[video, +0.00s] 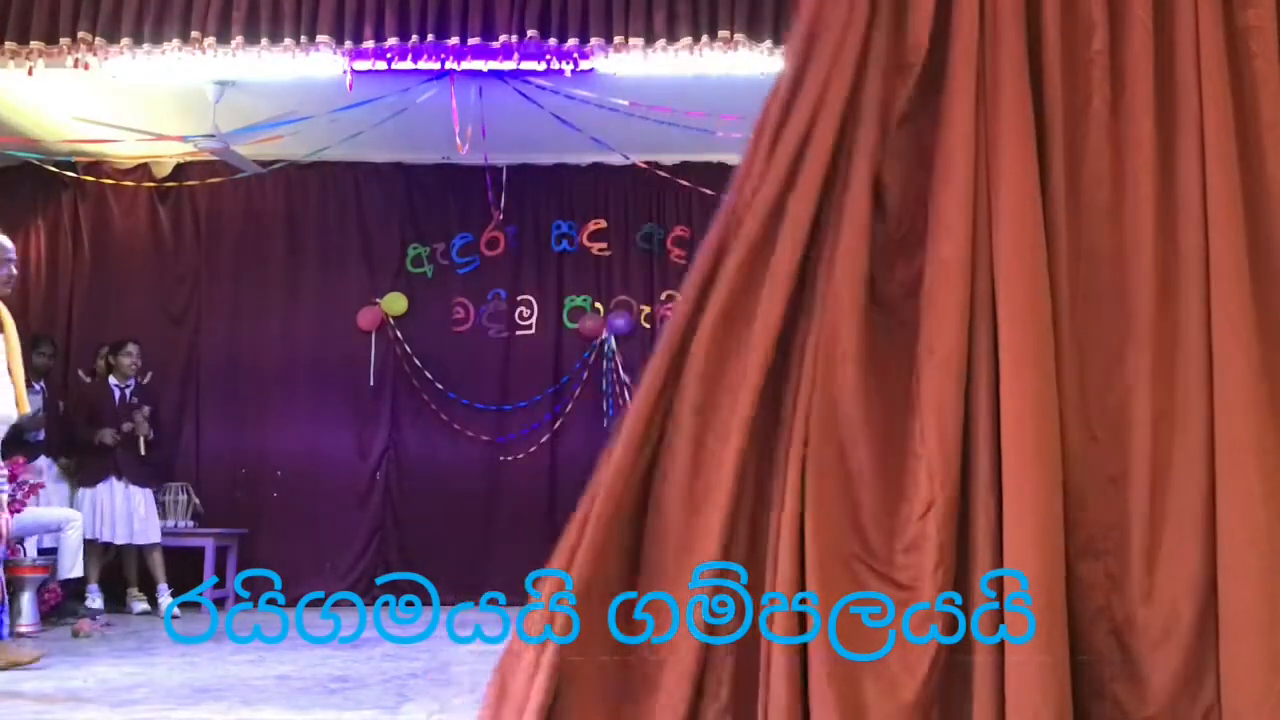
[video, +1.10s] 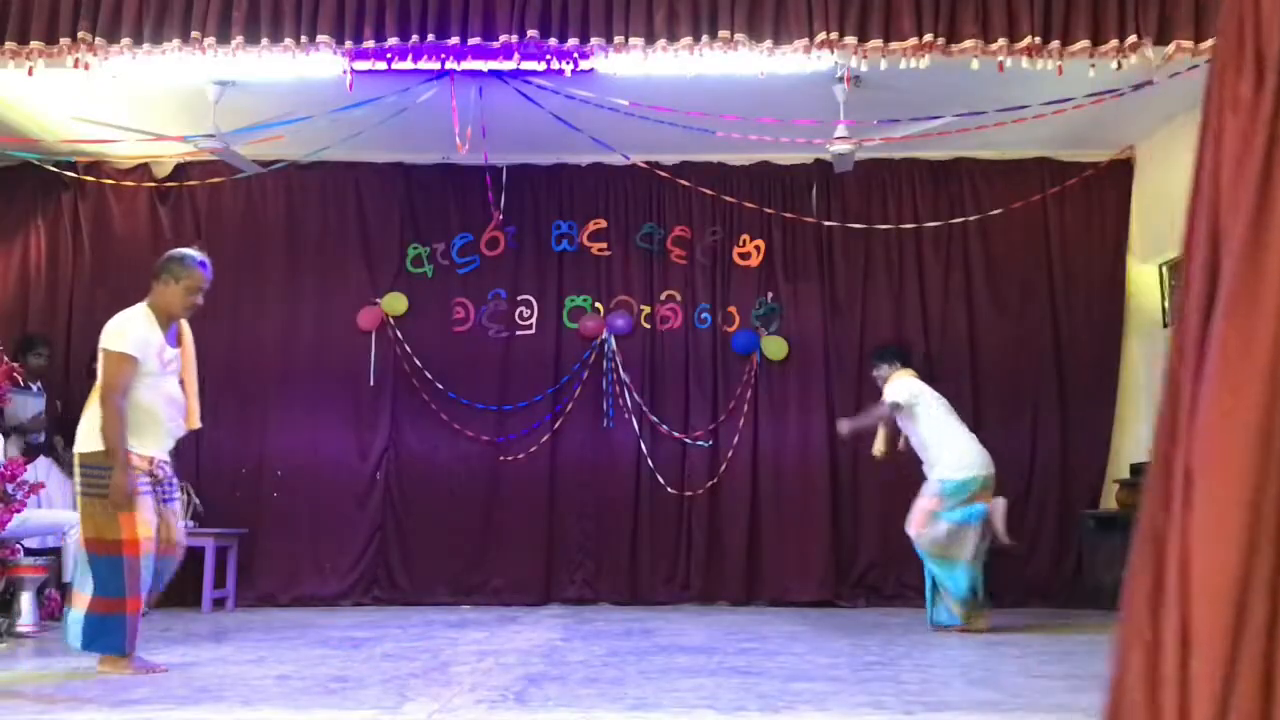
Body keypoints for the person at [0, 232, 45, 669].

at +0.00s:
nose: (10, 270)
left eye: (13, 263)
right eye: (5, 262)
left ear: (19, 268)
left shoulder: (9, 321)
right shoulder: (6, 322)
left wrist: (25, 424)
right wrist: (23, 425)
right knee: (67, 519)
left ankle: (13, 634)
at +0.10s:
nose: (27, 273)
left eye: (29, 265)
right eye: (19, 264)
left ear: (27, 268)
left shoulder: (18, 315)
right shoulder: (8, 317)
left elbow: (31, 369)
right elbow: (28, 370)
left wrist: (41, 417)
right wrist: (38, 415)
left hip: (17, 450)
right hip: (4, 451)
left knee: (13, 540)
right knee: (9, 540)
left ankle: (8, 637)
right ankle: (6, 639)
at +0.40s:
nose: (73, 282)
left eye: (74, 275)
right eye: (65, 273)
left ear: (61, 278)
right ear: (34, 273)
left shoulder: (57, 324)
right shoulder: (8, 320)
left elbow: (68, 395)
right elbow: (1, 381)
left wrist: (101, 444)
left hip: (51, 452)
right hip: (15, 449)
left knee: (47, 542)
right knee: (33, 538)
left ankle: (18, 644)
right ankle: (6, 642)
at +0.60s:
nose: (100, 284)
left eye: (102, 276)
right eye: (93, 275)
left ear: (91, 277)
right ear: (63, 271)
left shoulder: (85, 325)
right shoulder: (33, 318)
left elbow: (104, 388)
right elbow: (8, 389)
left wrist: (149, 427)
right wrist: (13, 456)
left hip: (73, 453)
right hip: (41, 449)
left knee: (40, 542)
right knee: (68, 532)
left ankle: (16, 643)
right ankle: (49, 641)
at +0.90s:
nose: (156, 292)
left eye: (159, 284)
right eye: (149, 282)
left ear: (152, 285)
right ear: (120, 279)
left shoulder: (140, 329)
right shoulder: (85, 325)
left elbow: (150, 399)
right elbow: (63, 396)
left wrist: (178, 444)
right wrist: (63, 464)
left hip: (115, 456)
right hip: (85, 452)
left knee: (61, 551)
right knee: (110, 546)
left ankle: (15, 638)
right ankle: (114, 651)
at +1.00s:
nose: (177, 299)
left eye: (181, 290)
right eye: (172, 288)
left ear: (167, 289)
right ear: (142, 281)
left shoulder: (152, 331)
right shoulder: (108, 325)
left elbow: (154, 400)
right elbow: (88, 397)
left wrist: (174, 453)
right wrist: (88, 465)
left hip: (131, 455)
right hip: (99, 452)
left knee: (105, 549)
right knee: (125, 545)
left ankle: (39, 626)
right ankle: (117, 653)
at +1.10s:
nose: (199, 301)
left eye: (203, 293)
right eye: (192, 291)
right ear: (163, 283)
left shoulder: (173, 334)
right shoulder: (129, 327)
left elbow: (165, 406)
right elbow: (112, 399)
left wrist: (162, 462)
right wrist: (120, 466)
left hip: (152, 456)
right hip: (114, 453)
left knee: (171, 543)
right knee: (133, 543)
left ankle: (121, 639)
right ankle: (115, 653)